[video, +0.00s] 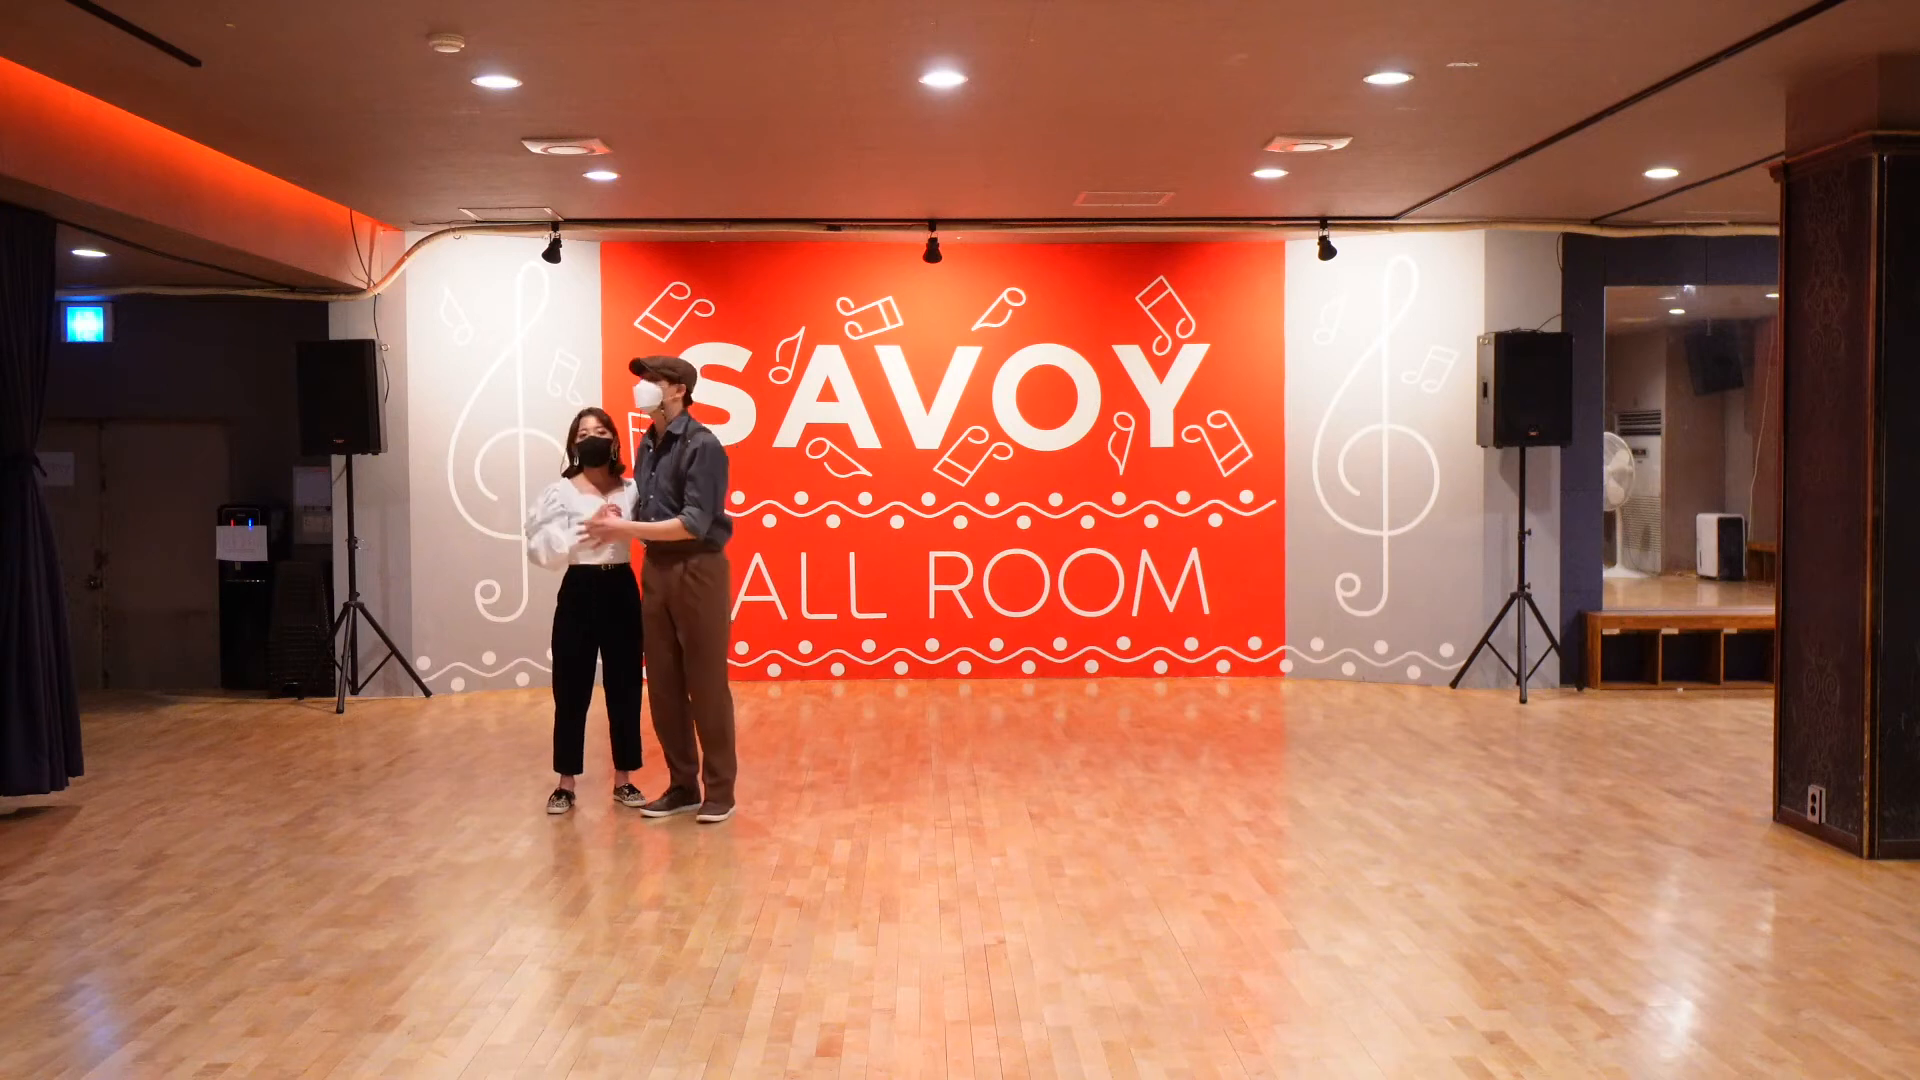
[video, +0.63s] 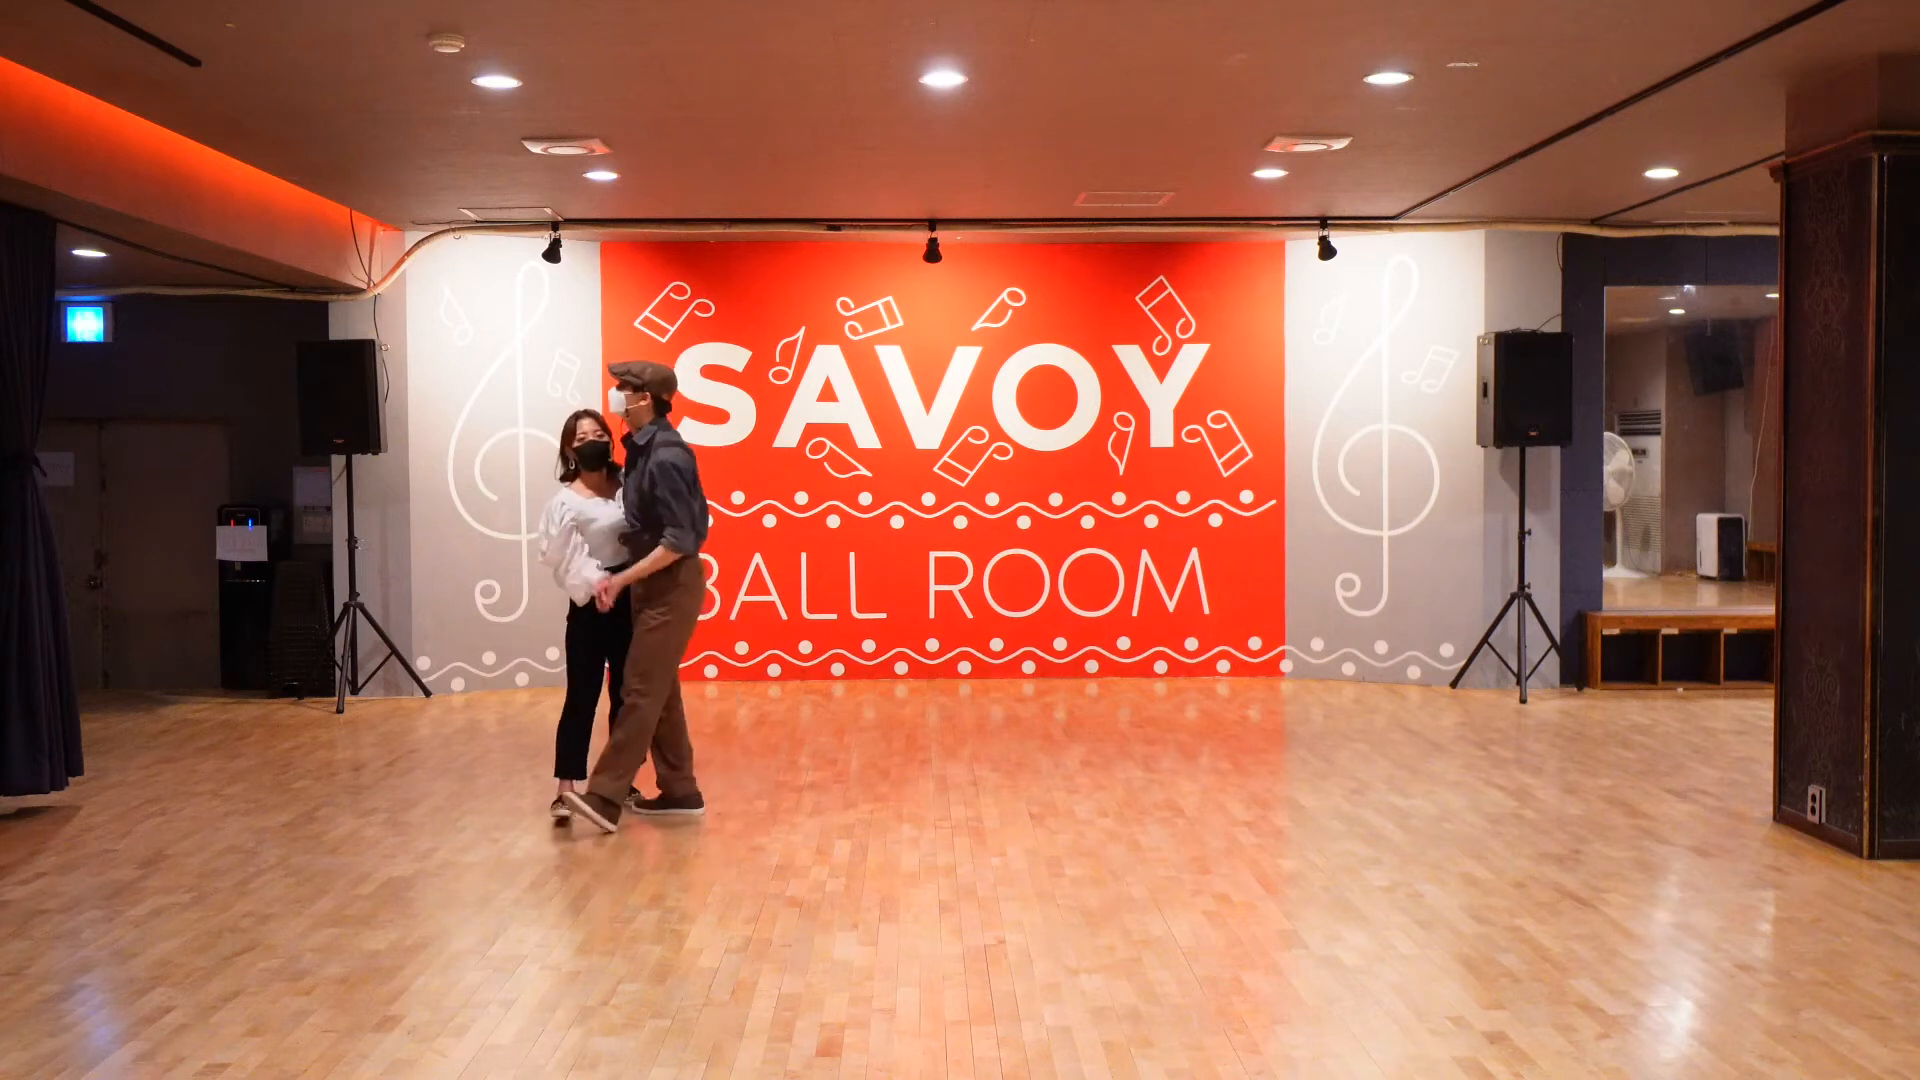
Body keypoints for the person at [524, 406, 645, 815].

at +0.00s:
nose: (593, 433)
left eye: (601, 428)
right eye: (584, 430)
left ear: (613, 439)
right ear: (573, 443)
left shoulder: (631, 490)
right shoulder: (557, 492)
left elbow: (654, 528)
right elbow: (539, 548)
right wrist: (583, 529)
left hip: (621, 591)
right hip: (578, 592)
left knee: (625, 690)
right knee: (571, 691)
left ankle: (624, 781)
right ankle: (565, 784)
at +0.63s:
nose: (592, 437)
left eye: (599, 431)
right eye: (582, 434)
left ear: (610, 441)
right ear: (570, 447)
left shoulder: (629, 488)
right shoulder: (565, 501)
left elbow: (652, 529)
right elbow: (561, 560)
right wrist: (595, 587)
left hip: (628, 601)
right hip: (587, 606)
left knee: (624, 696)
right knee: (580, 698)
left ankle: (621, 780)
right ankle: (567, 788)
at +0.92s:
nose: (574, 438)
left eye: (581, 432)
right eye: (564, 434)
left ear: (592, 441)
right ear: (550, 448)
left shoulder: (613, 489)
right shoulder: (543, 500)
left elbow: (632, 533)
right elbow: (538, 557)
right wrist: (540, 584)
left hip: (613, 599)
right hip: (570, 602)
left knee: (615, 693)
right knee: (569, 699)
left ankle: (624, 790)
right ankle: (566, 797)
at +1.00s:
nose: (570, 440)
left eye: (577, 434)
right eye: (561, 436)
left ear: (589, 444)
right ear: (547, 450)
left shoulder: (605, 491)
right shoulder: (538, 499)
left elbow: (627, 530)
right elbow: (510, 539)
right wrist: (498, 546)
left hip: (606, 596)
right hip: (565, 601)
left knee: (613, 693)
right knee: (566, 699)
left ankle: (625, 790)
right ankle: (566, 798)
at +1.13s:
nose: (571, 438)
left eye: (579, 432)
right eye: (561, 434)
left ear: (591, 441)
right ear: (547, 447)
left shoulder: (608, 491)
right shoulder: (536, 496)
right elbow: (488, 508)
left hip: (604, 595)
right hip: (557, 598)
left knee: (609, 693)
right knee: (561, 699)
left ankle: (623, 791)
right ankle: (565, 799)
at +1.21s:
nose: (573, 435)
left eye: (580, 429)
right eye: (564, 431)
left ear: (592, 437)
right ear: (550, 440)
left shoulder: (606, 484)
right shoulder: (536, 484)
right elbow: (490, 487)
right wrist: (484, 431)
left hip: (602, 589)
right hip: (556, 592)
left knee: (611, 689)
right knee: (558, 696)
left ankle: (622, 787)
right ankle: (563, 797)